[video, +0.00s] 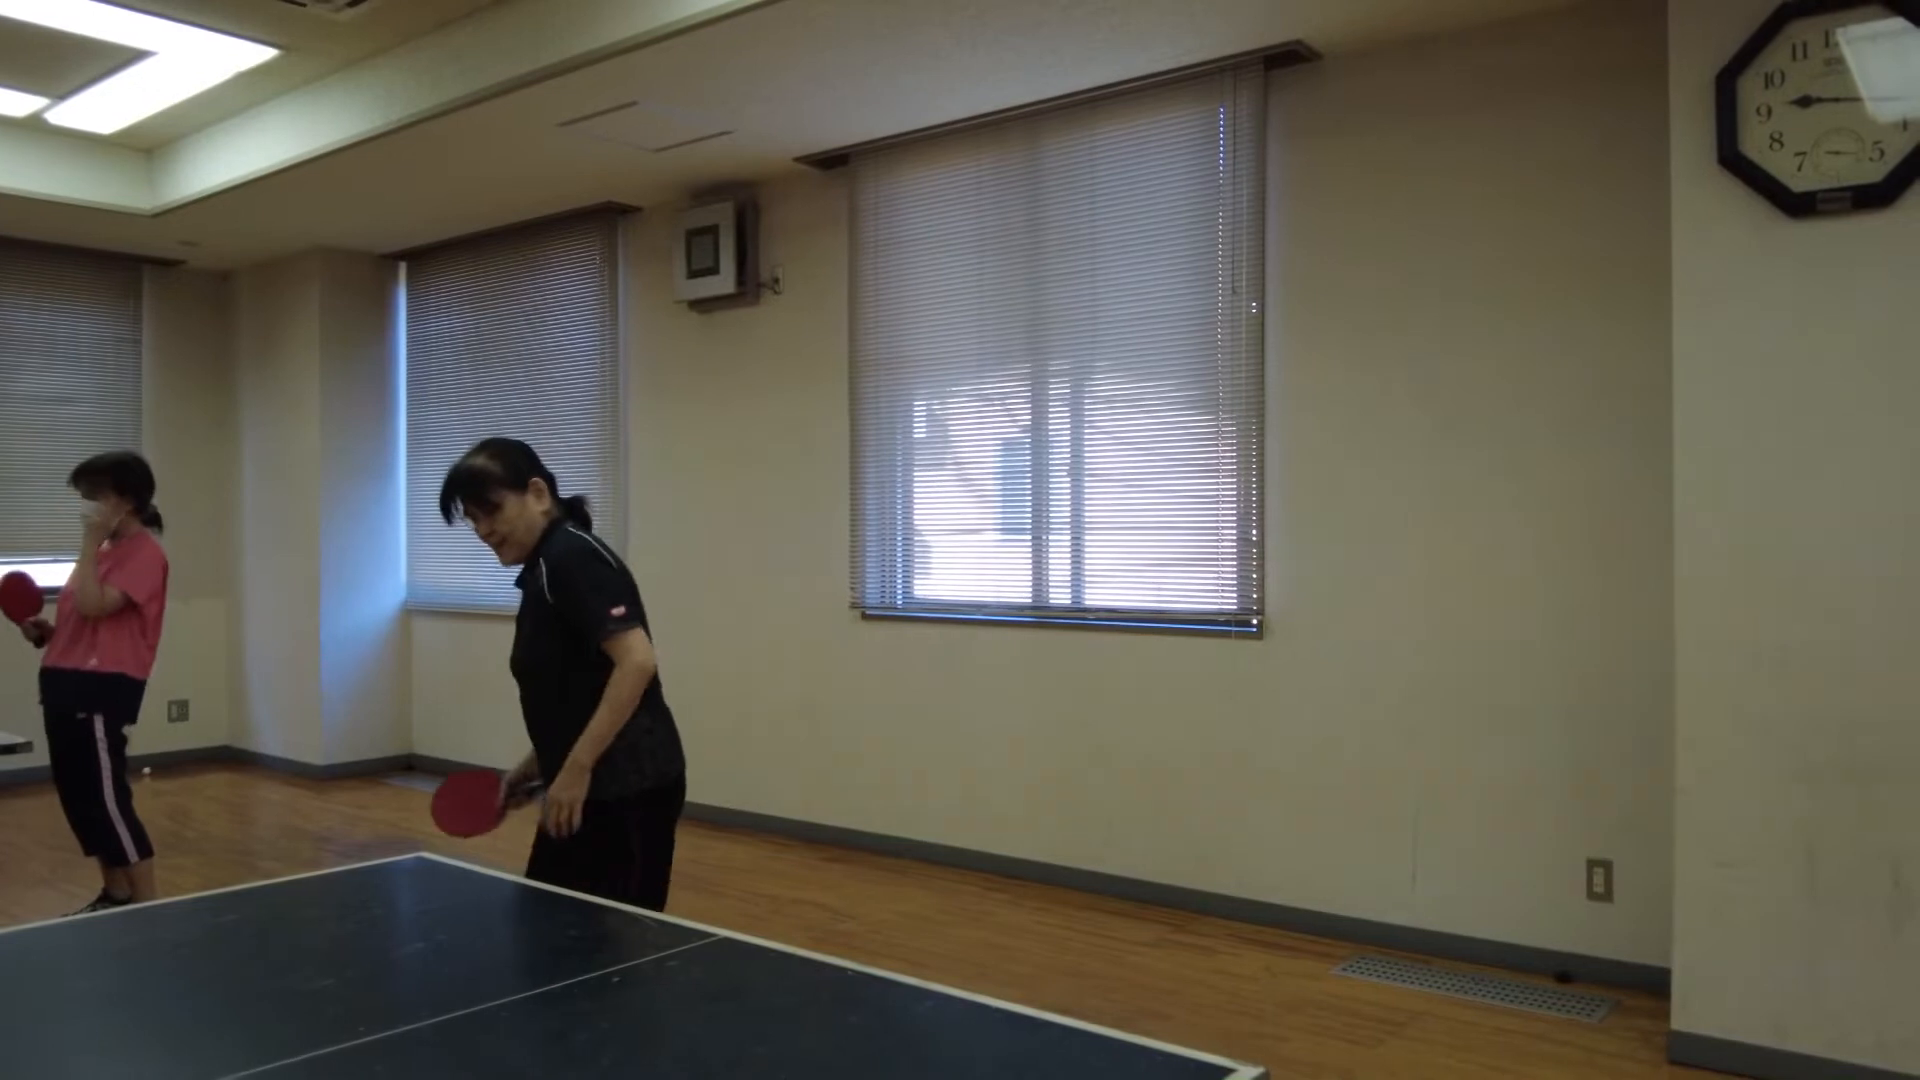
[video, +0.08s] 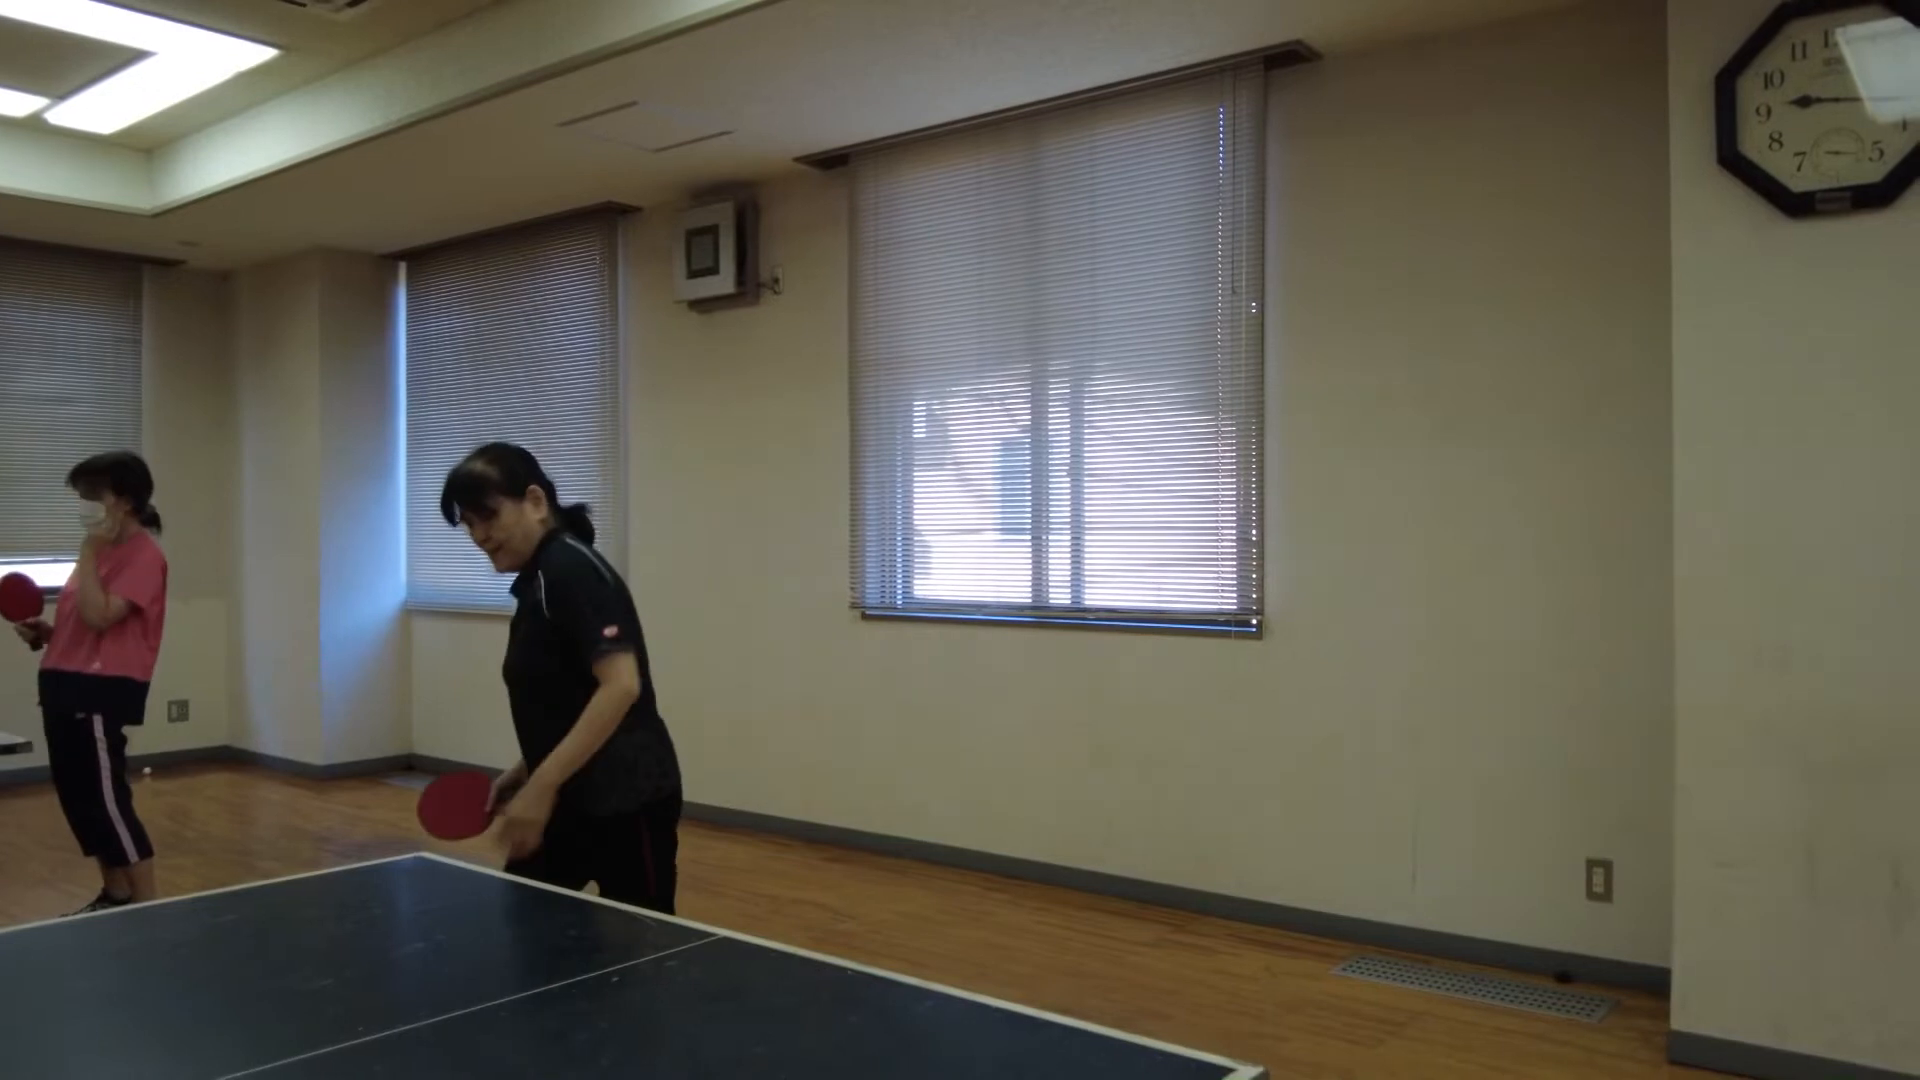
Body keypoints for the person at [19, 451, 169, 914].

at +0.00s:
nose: (86, 508)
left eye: (95, 497)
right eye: (85, 499)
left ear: (127, 501)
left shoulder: (146, 552)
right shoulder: (104, 552)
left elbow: (93, 603)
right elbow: (84, 625)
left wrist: (90, 541)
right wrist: (49, 633)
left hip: (104, 685)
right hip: (68, 683)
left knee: (108, 797)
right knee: (80, 793)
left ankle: (148, 907)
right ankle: (117, 894)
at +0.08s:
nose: (84, 509)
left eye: (93, 498)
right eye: (82, 499)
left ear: (125, 501)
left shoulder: (145, 555)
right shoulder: (103, 549)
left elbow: (101, 615)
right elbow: (84, 622)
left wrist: (89, 552)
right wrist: (49, 633)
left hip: (103, 690)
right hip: (66, 687)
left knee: (109, 799)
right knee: (78, 795)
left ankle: (148, 908)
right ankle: (117, 894)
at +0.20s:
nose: (81, 507)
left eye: (91, 497)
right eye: (79, 498)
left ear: (122, 500)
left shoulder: (141, 555)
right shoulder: (95, 554)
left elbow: (121, 631)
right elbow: (85, 641)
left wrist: (77, 577)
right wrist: (40, 641)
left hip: (101, 694)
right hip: (67, 690)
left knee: (108, 800)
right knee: (79, 796)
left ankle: (147, 908)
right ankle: (117, 895)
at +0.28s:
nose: (79, 508)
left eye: (88, 498)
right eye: (77, 499)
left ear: (119, 500)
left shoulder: (140, 555)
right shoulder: (96, 552)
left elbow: (137, 637)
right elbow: (86, 635)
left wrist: (69, 605)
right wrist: (39, 643)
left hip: (100, 695)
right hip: (67, 691)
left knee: (108, 801)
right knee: (79, 797)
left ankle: (147, 908)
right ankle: (117, 896)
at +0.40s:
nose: (73, 509)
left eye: (82, 498)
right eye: (72, 499)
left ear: (113, 500)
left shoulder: (135, 554)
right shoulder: (96, 552)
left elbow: (148, 636)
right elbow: (87, 627)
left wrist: (67, 633)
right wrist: (40, 644)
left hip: (100, 693)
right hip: (68, 690)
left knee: (108, 800)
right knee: (81, 797)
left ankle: (146, 908)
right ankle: (116, 896)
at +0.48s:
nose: (69, 508)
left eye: (78, 498)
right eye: (68, 499)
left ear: (110, 500)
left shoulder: (132, 553)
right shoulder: (95, 551)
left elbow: (155, 633)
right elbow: (89, 624)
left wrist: (75, 640)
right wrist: (40, 644)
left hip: (101, 692)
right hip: (69, 688)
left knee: (108, 800)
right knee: (80, 797)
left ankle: (146, 908)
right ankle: (116, 896)